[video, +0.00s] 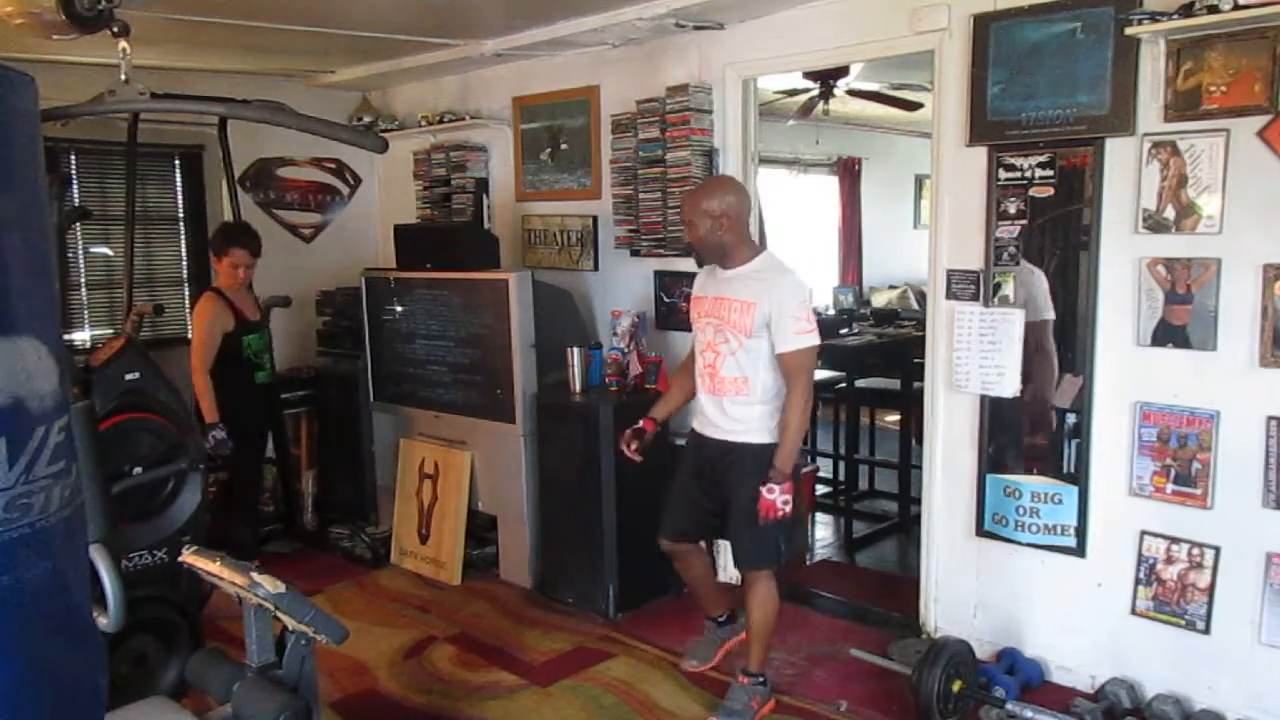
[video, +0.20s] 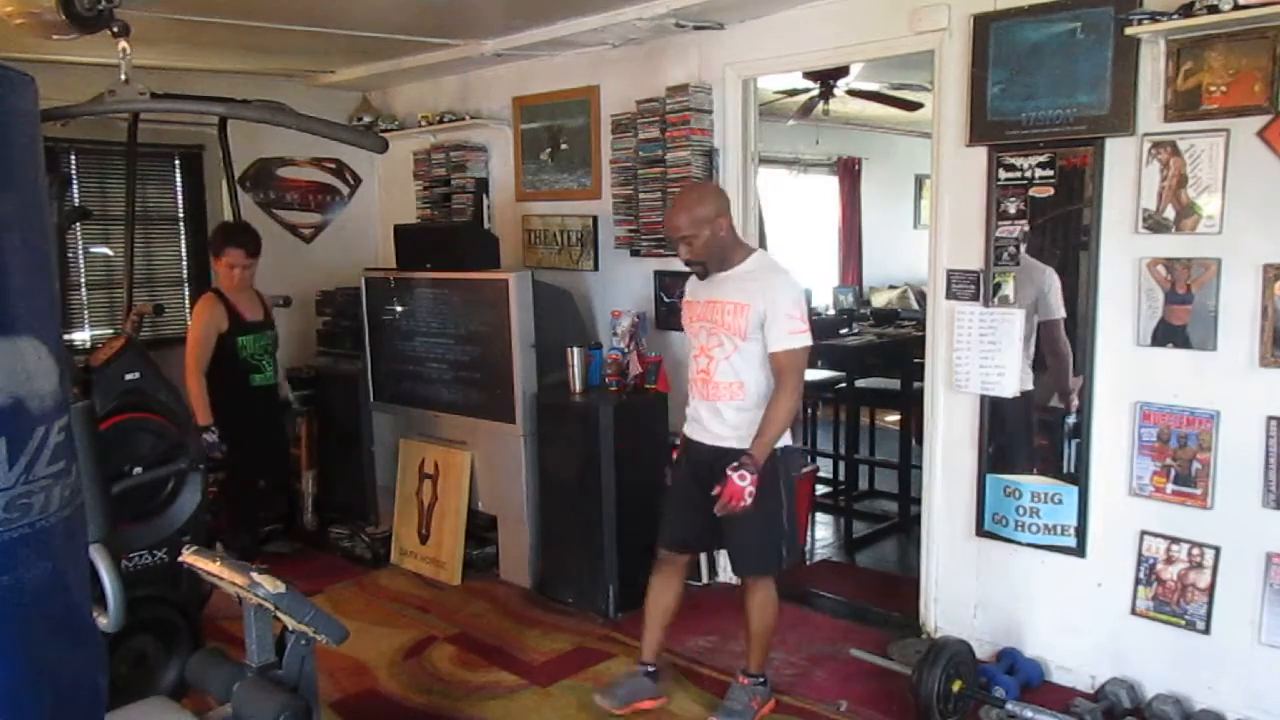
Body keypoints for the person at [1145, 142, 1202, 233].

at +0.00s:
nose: (1157, 158)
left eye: (1159, 153)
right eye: (1155, 156)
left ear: (1168, 150)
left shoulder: (1175, 161)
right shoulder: (1164, 166)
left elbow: (1170, 187)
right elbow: (1161, 188)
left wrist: (1160, 213)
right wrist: (1157, 212)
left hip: (1190, 211)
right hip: (1180, 212)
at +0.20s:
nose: (1157, 158)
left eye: (1159, 153)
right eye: (1155, 155)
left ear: (1168, 150)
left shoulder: (1175, 161)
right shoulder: (1164, 166)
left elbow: (1170, 187)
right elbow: (1161, 188)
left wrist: (1160, 213)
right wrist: (1157, 212)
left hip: (1190, 210)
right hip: (1180, 212)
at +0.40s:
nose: (1157, 158)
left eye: (1159, 153)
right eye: (1155, 155)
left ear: (1168, 150)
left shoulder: (1175, 161)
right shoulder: (1164, 166)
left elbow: (1170, 187)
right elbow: (1161, 188)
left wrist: (1160, 213)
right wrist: (1157, 212)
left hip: (1190, 210)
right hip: (1180, 212)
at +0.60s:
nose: (1157, 158)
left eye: (1159, 153)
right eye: (1155, 156)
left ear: (1168, 150)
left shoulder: (1174, 161)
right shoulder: (1164, 165)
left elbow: (1171, 187)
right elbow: (1161, 187)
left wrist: (1160, 212)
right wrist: (1157, 211)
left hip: (1190, 210)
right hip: (1180, 211)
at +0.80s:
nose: (1157, 158)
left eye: (1159, 153)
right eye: (1155, 156)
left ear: (1168, 150)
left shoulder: (1174, 161)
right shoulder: (1164, 165)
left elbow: (1171, 187)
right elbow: (1161, 187)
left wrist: (1160, 212)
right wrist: (1157, 211)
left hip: (1190, 210)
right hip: (1180, 211)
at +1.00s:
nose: (1157, 158)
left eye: (1159, 153)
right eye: (1155, 156)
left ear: (1168, 150)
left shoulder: (1174, 161)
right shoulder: (1164, 165)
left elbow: (1171, 187)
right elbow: (1161, 187)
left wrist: (1160, 212)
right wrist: (1157, 211)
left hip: (1190, 210)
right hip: (1180, 211)